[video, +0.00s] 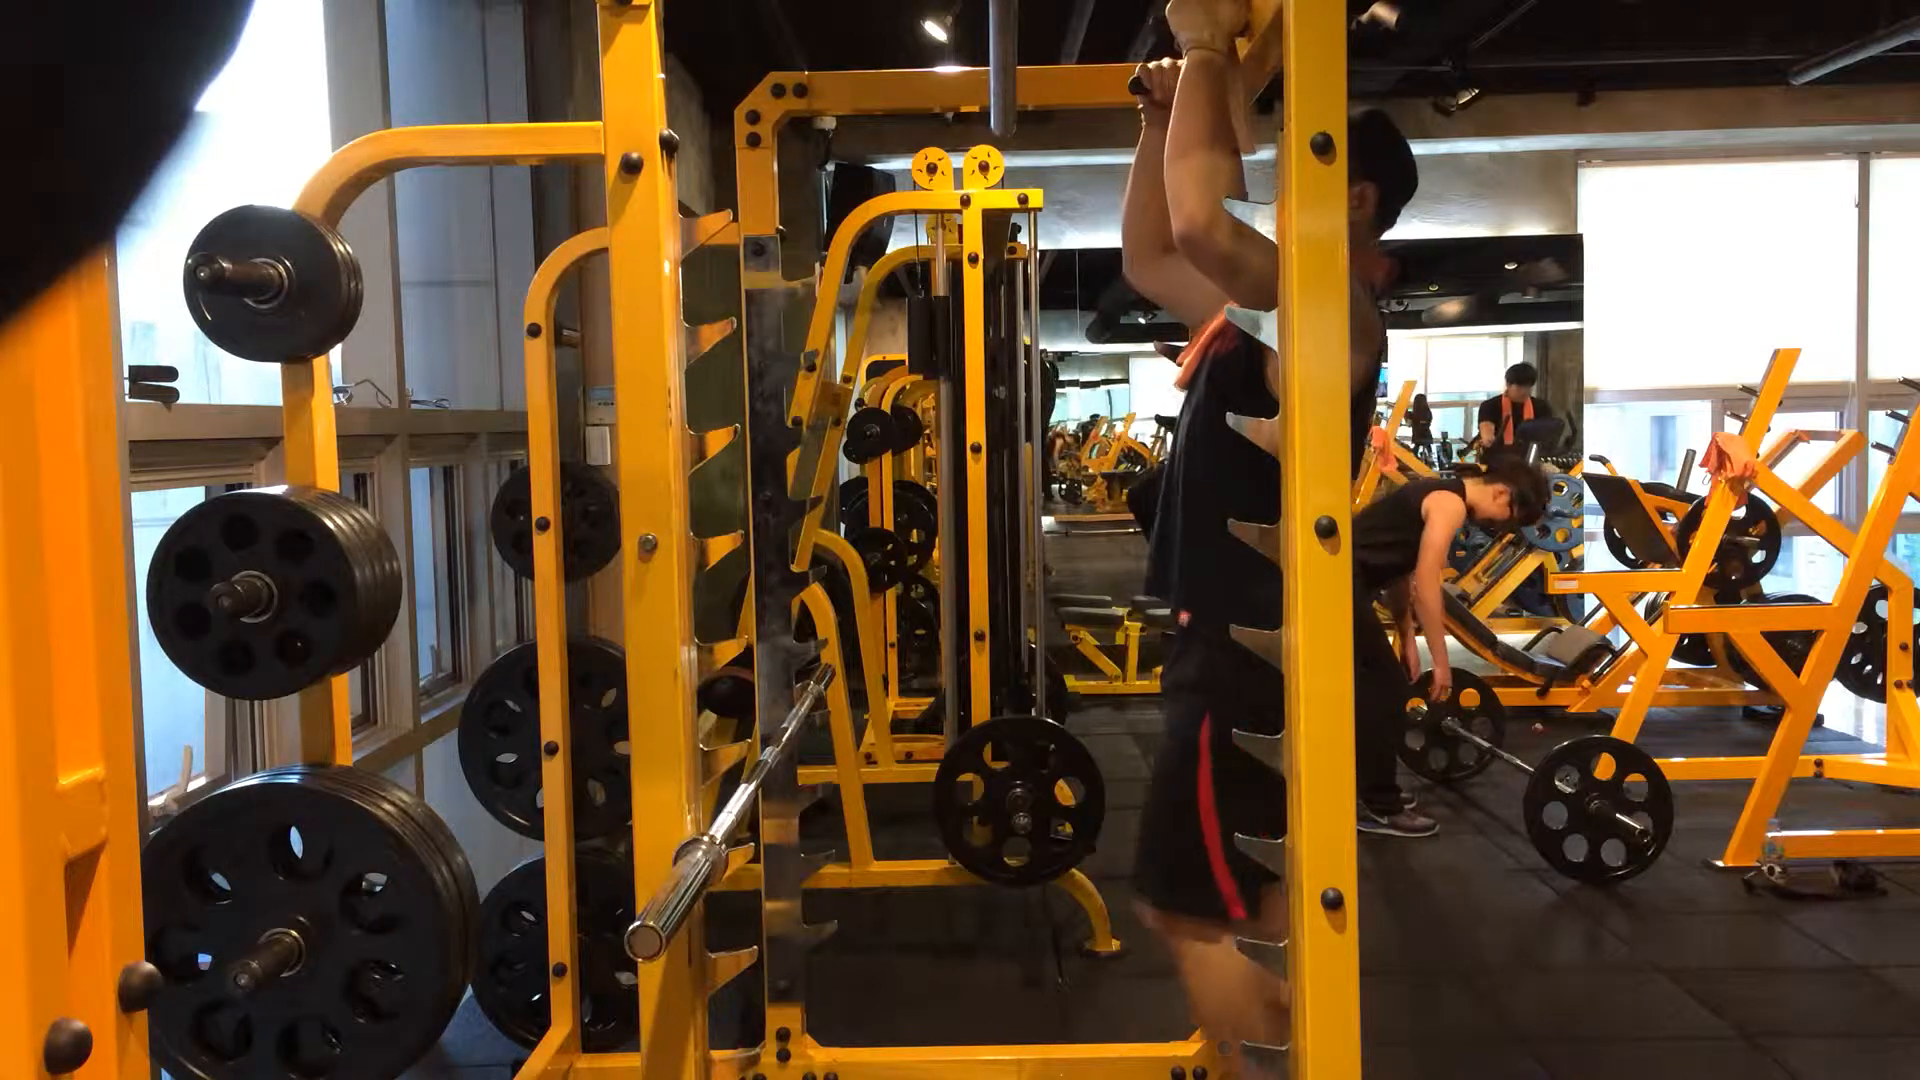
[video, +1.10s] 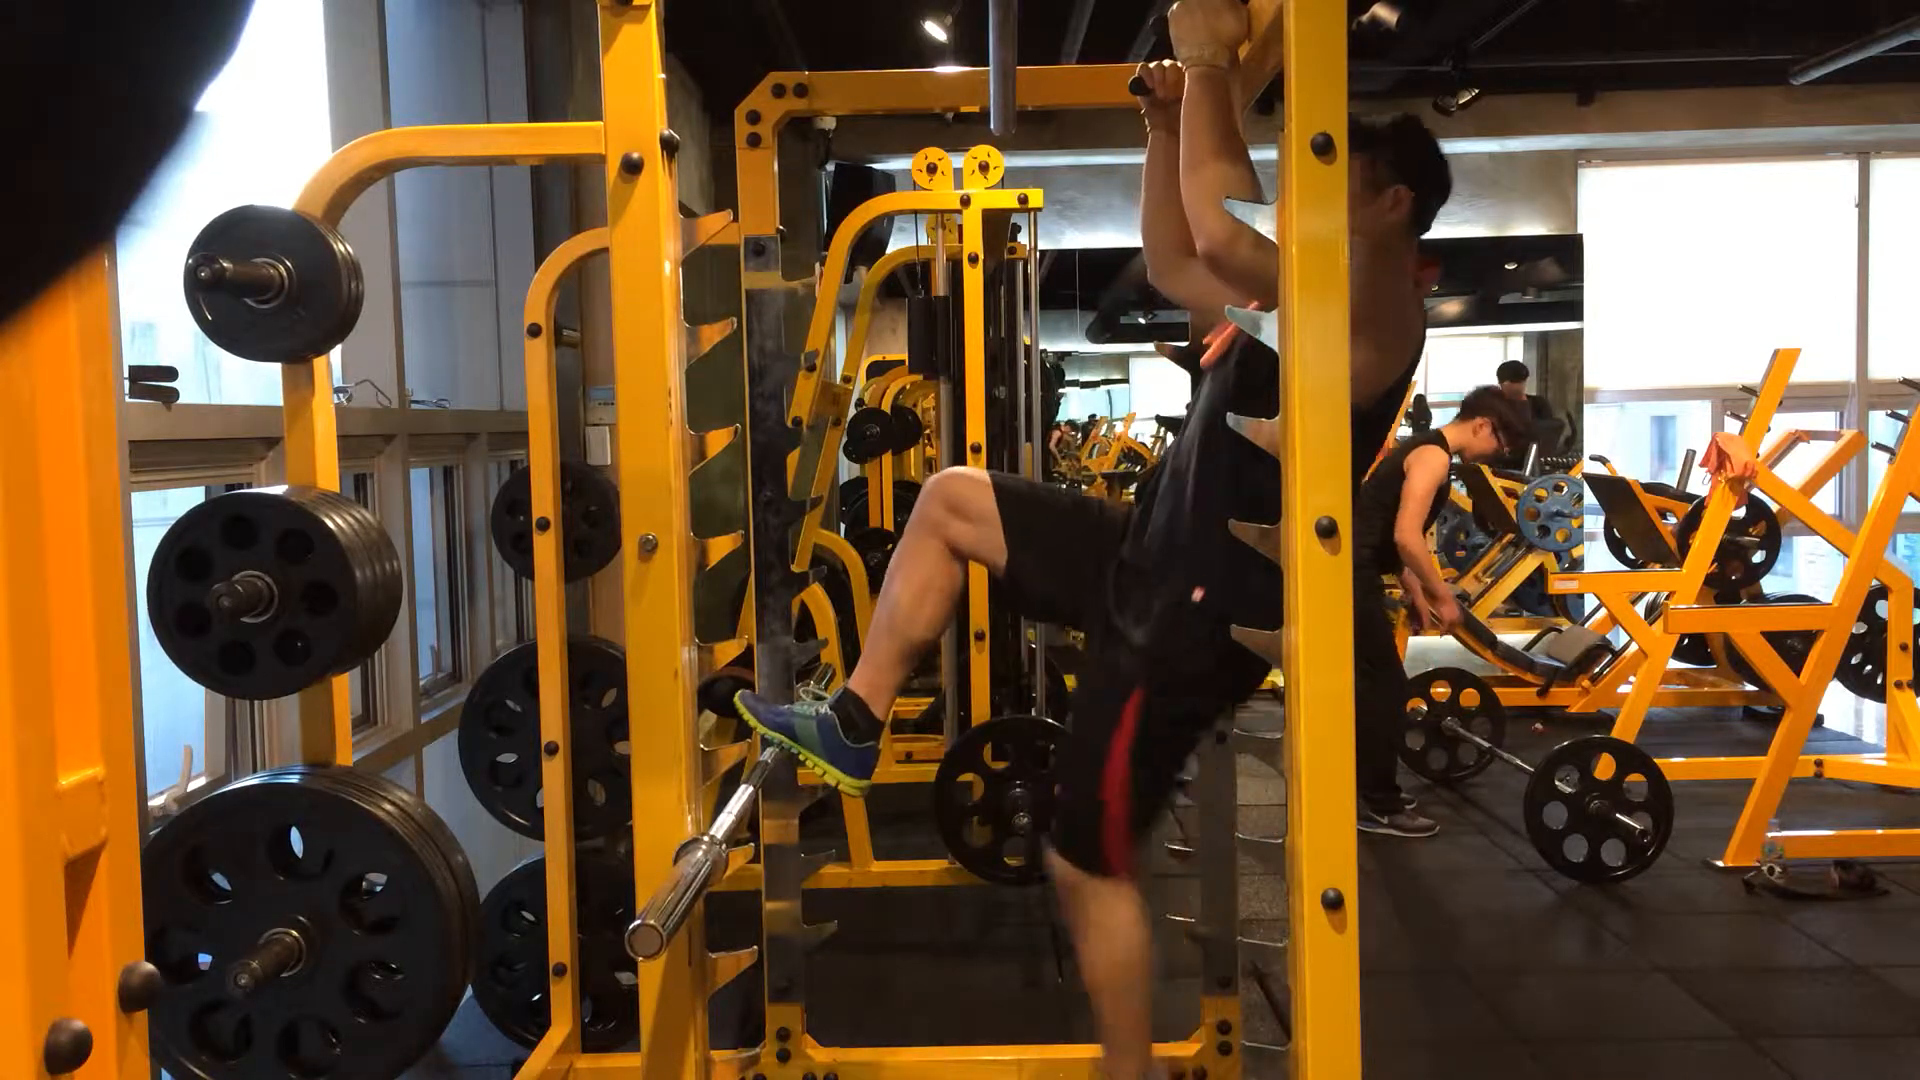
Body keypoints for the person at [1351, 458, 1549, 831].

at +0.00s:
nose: (1497, 526)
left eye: (1506, 524)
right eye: (1506, 519)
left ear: (1498, 489)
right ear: (1501, 492)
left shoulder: (1438, 491)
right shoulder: (1449, 504)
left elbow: (1402, 575)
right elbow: (1425, 584)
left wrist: (1407, 638)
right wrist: (1440, 661)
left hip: (1344, 584)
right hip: (1340, 586)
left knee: (1386, 682)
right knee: (1385, 685)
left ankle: (1377, 790)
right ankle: (1377, 802)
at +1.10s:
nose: (1491, 457)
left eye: (1499, 452)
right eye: (1497, 447)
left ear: (1479, 425)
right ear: (1483, 425)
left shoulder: (1427, 451)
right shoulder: (1433, 457)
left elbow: (1397, 536)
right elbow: (1407, 534)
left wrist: (1414, 594)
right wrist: (1442, 593)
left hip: (1355, 577)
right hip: (1352, 579)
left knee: (1379, 683)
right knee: (1386, 685)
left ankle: (1374, 791)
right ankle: (1378, 800)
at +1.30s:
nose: (1476, 418)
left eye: (1481, 409)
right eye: (1478, 407)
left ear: (1452, 393)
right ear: (1458, 393)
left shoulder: (1410, 428)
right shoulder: (1417, 435)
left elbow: (1392, 522)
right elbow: (1401, 522)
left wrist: (1416, 582)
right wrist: (1430, 585)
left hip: (1360, 572)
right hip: (1360, 576)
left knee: (1376, 682)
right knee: (1386, 684)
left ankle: (1372, 792)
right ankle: (1378, 801)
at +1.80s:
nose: (1431, 381)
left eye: (1432, 373)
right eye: (1427, 371)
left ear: (1398, 378)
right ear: (1402, 374)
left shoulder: (1366, 422)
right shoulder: (1392, 426)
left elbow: (1387, 513)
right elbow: (1403, 513)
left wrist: (1415, 568)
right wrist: (1440, 575)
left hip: (1357, 571)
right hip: (1378, 575)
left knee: (1373, 682)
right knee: (1392, 683)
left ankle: (1370, 793)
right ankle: (1377, 800)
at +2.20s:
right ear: (1393, 396)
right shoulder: (1389, 432)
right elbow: (1405, 516)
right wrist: (1440, 578)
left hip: (1329, 574)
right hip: (1373, 579)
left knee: (1335, 685)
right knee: (1393, 684)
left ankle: (1317, 790)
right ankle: (1379, 801)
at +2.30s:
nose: (1396, 399)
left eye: (1396, 392)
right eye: (1393, 391)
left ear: (1349, 381)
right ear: (1378, 385)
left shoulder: (1318, 423)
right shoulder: (1379, 426)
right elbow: (1401, 518)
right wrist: (1433, 576)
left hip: (1320, 574)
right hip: (1369, 577)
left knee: (1320, 688)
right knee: (1390, 689)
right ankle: (1379, 802)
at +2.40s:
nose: (1382, 387)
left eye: (1380, 377)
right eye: (1377, 378)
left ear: (1341, 383)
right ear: (1363, 383)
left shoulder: (1311, 424)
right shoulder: (1372, 431)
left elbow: (1259, 435)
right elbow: (1392, 519)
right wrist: (1424, 576)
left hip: (1318, 577)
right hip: (1364, 580)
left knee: (1315, 687)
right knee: (1387, 690)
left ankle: (1279, 792)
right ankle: (1380, 803)